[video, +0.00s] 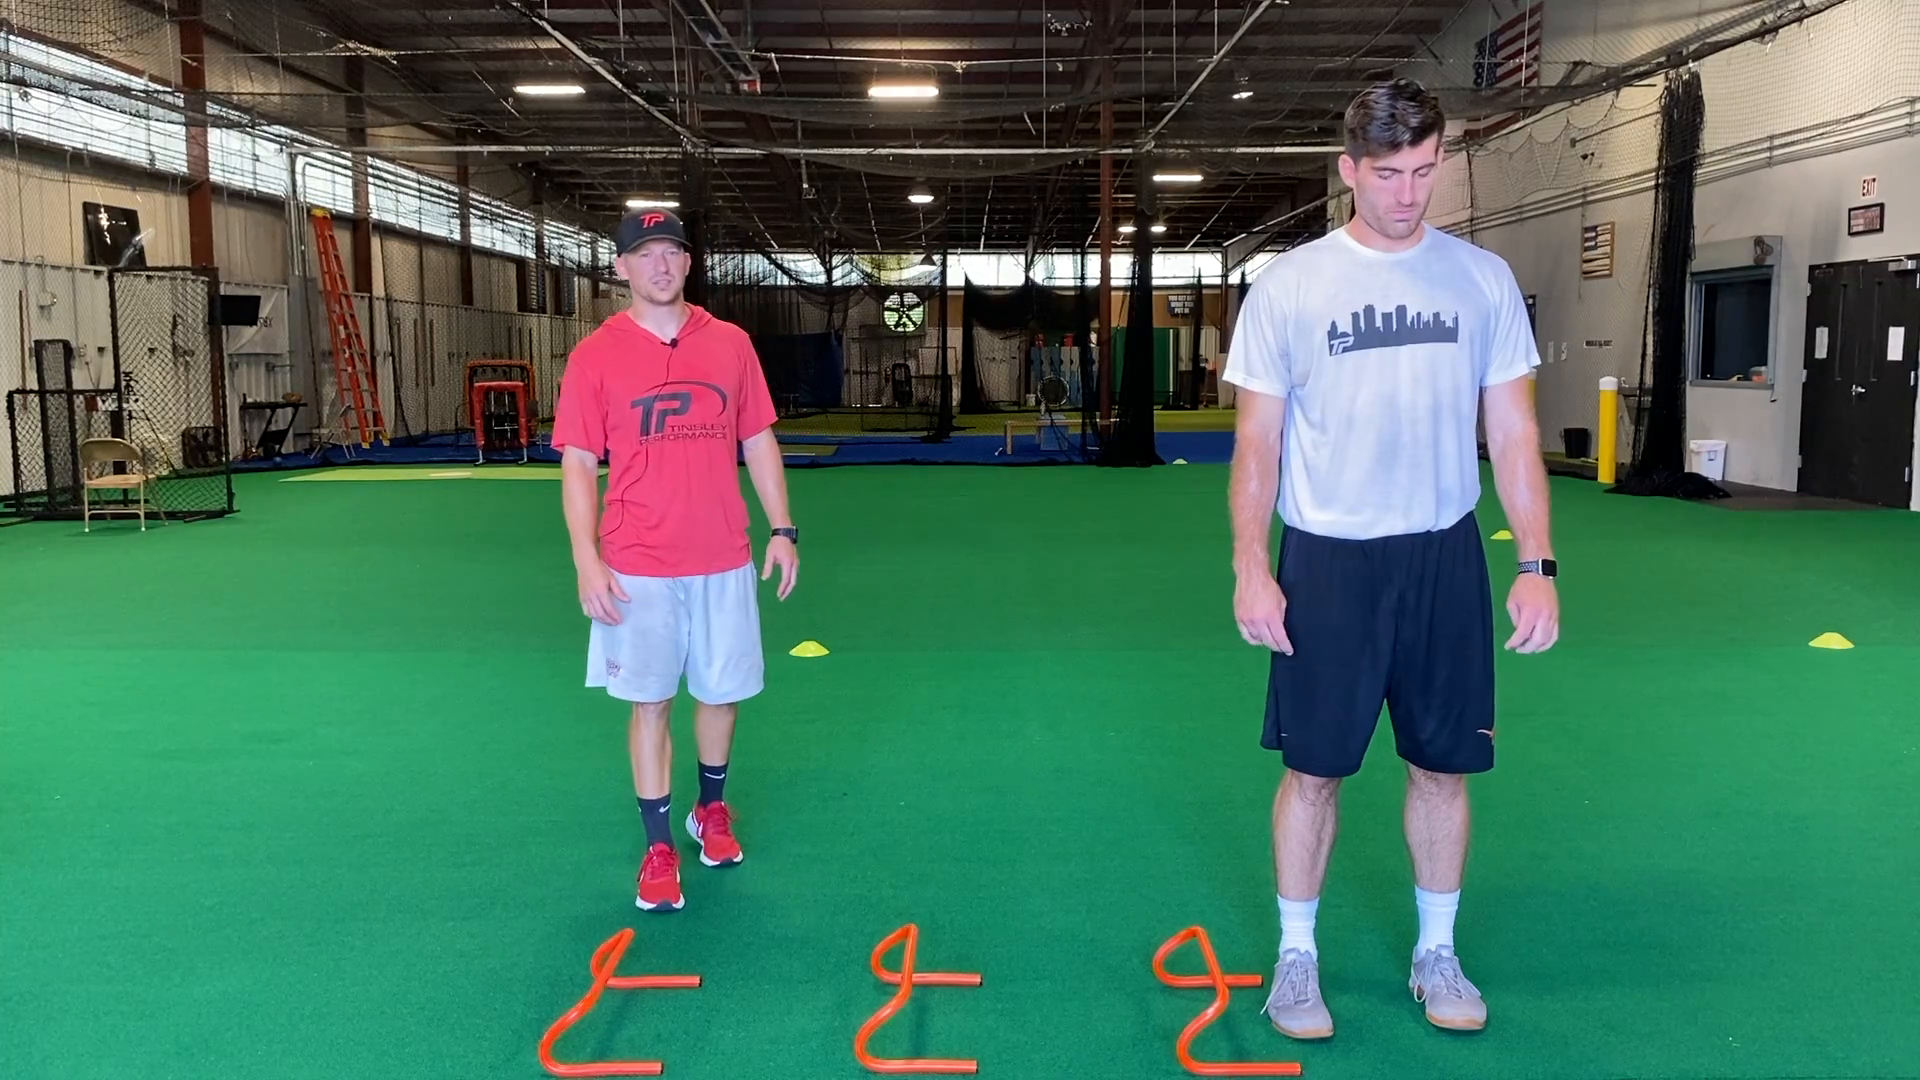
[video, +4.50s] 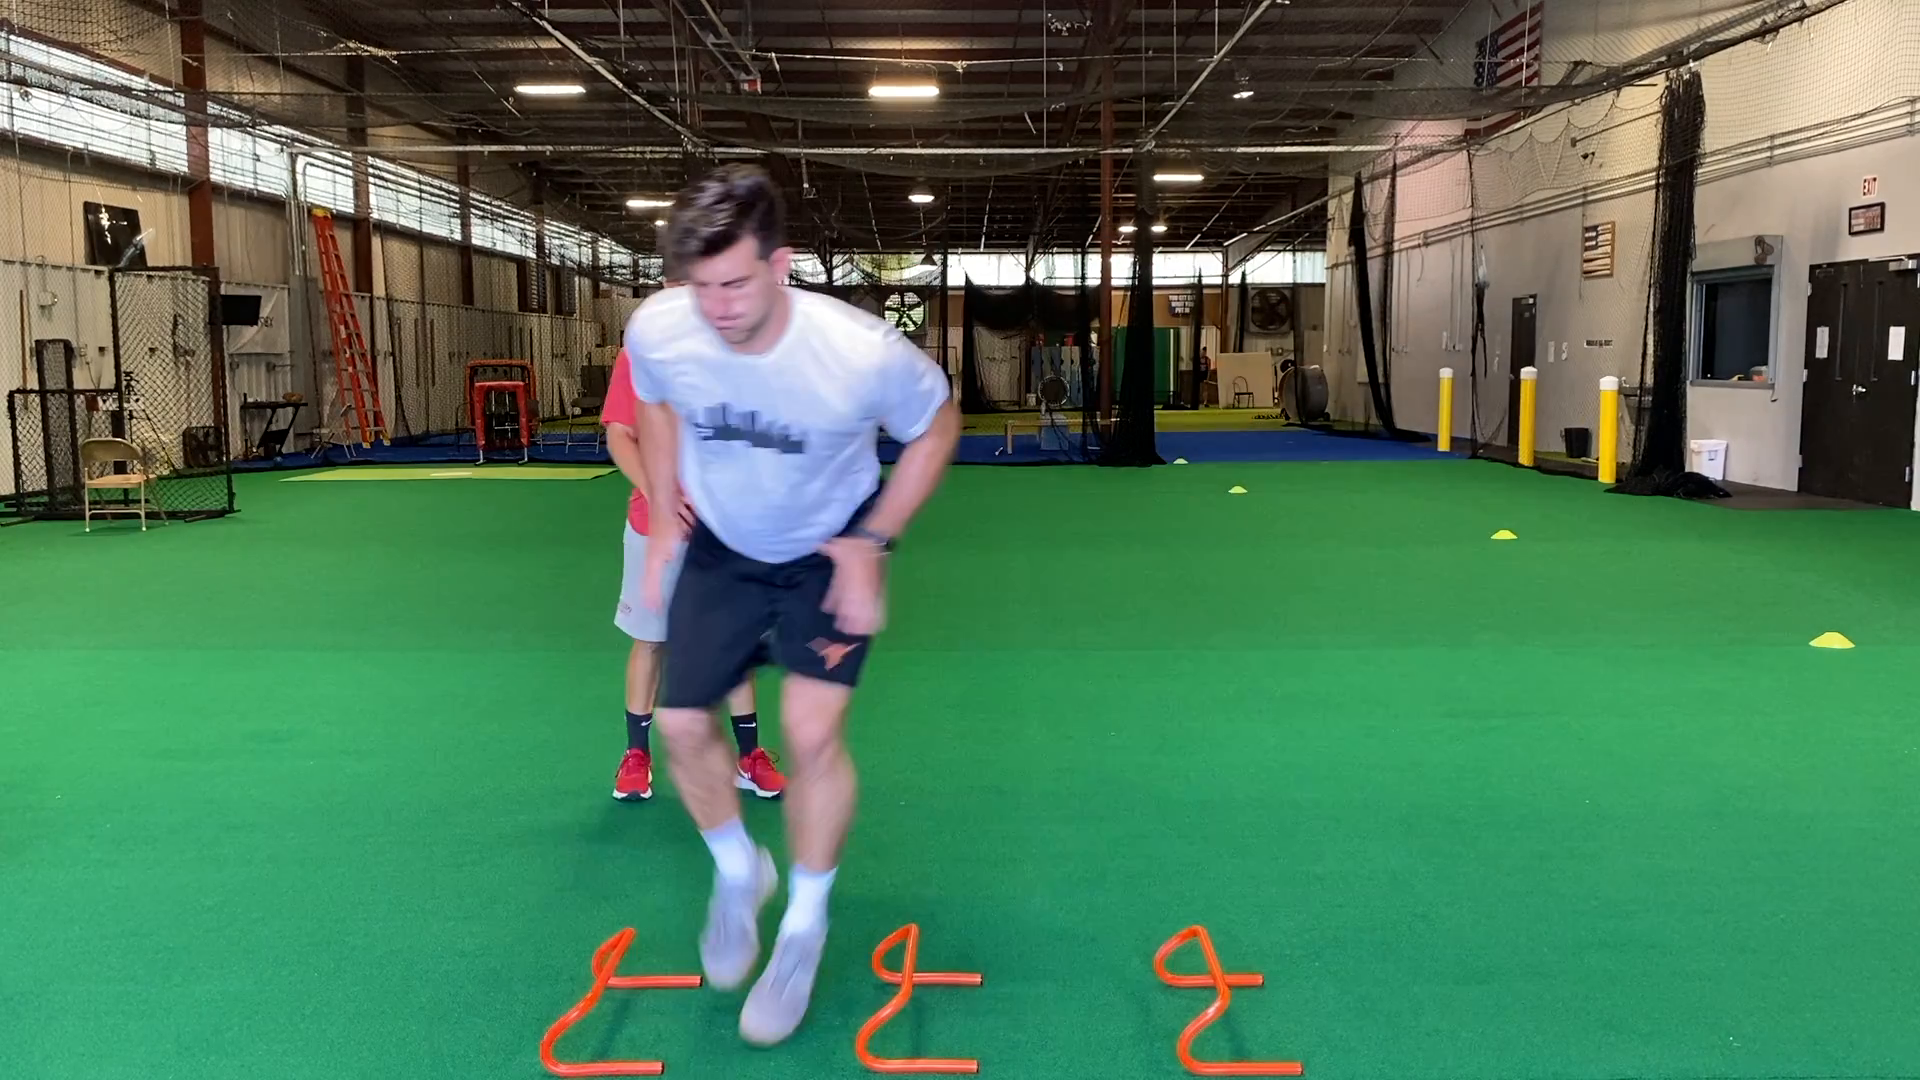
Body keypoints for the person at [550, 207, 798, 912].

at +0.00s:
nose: (663, 264)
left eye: (673, 252)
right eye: (648, 254)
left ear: (689, 263)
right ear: (622, 266)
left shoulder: (729, 344)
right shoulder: (595, 357)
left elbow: (758, 440)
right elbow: (578, 465)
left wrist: (782, 527)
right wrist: (586, 560)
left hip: (722, 559)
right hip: (636, 564)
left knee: (719, 691)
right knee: (650, 700)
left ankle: (712, 809)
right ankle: (659, 846)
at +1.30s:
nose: (760, 273)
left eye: (766, 261)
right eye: (743, 262)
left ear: (774, 268)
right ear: (708, 270)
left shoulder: (801, 349)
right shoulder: (672, 357)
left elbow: (834, 436)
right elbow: (655, 461)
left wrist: (823, 452)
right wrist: (682, 519)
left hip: (795, 560)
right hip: (711, 565)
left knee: (795, 695)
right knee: (690, 703)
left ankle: (808, 835)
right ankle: (665, 850)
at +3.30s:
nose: (720, 289)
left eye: (727, 276)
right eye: (706, 279)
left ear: (738, 279)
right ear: (681, 287)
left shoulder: (778, 346)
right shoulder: (660, 362)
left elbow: (816, 432)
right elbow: (645, 446)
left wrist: (759, 421)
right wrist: (651, 505)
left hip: (769, 539)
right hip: (694, 540)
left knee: (769, 654)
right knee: (705, 659)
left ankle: (761, 744)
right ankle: (709, 789)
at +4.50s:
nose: (700, 297)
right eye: (687, 281)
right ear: (669, 287)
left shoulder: (759, 356)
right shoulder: (643, 350)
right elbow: (618, 434)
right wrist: (658, 496)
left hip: (730, 526)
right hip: (659, 522)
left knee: (737, 646)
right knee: (649, 637)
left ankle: (750, 752)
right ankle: (637, 750)